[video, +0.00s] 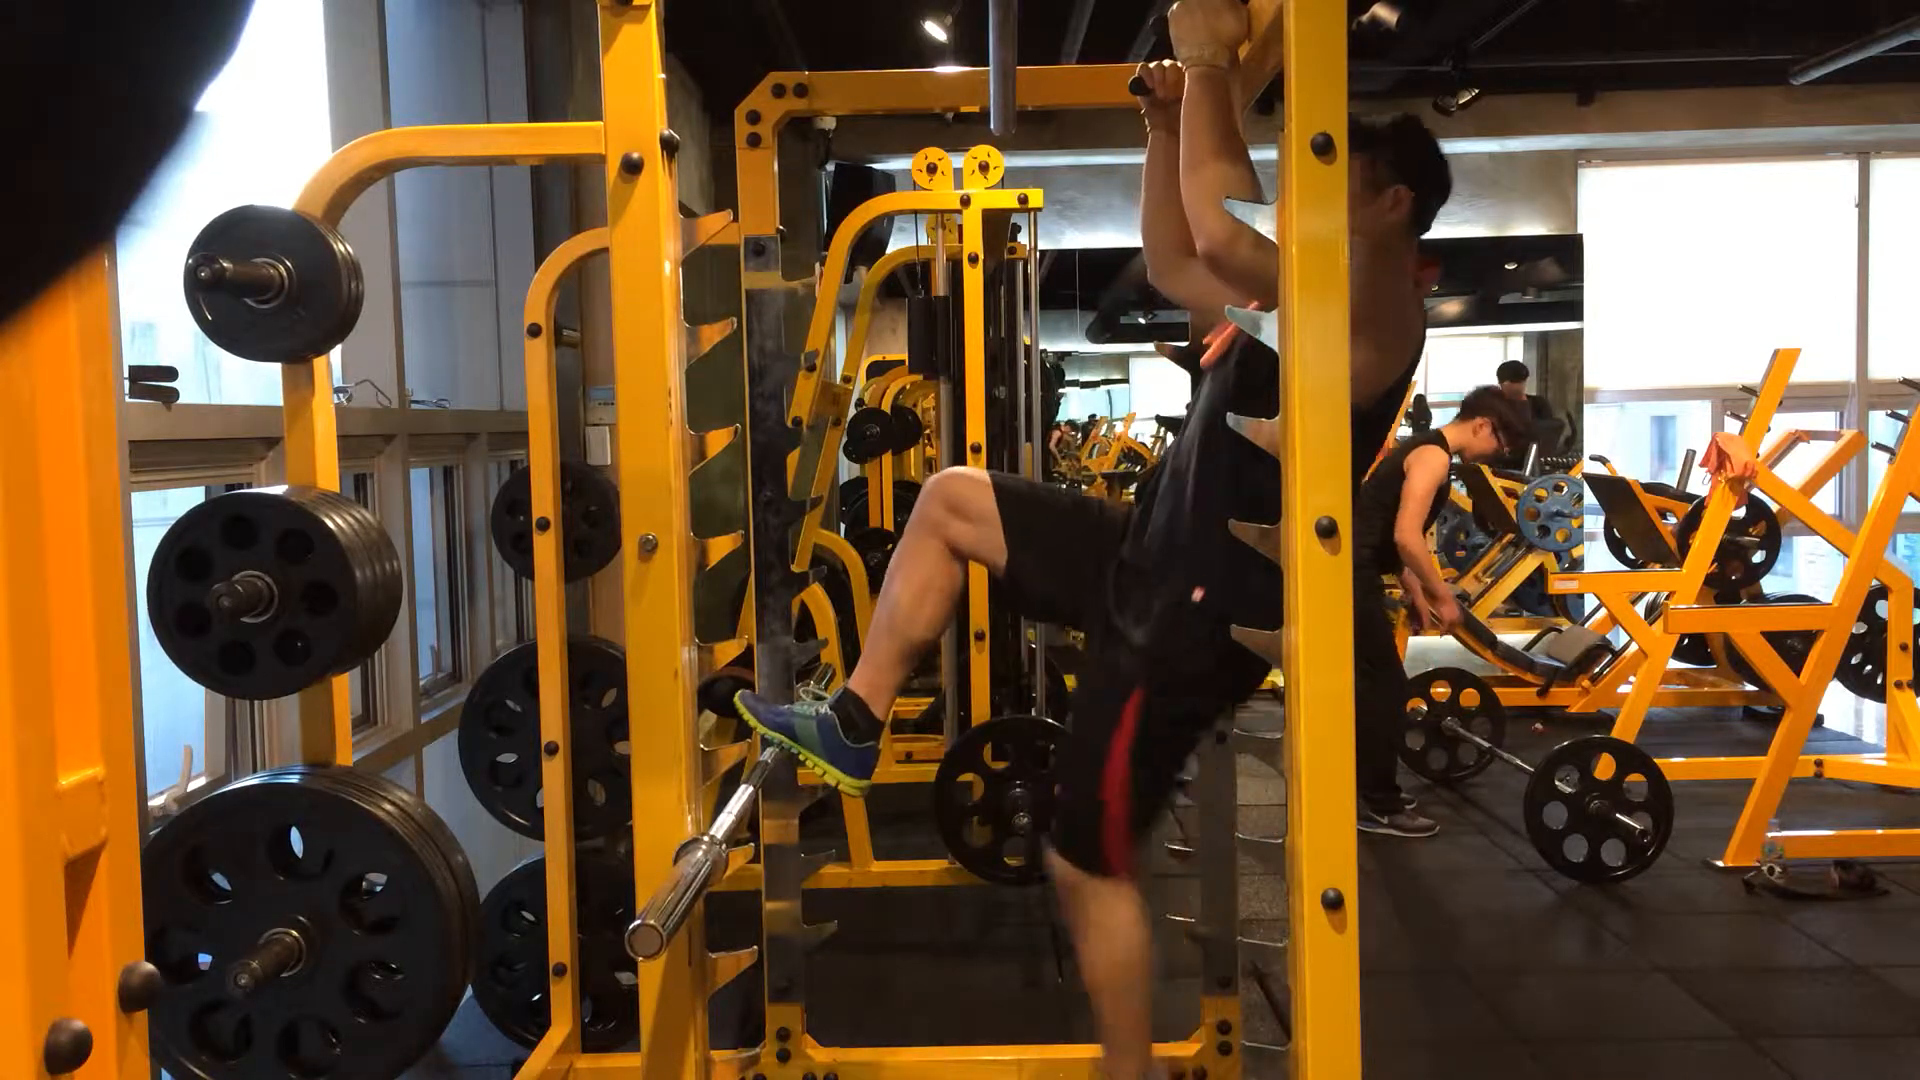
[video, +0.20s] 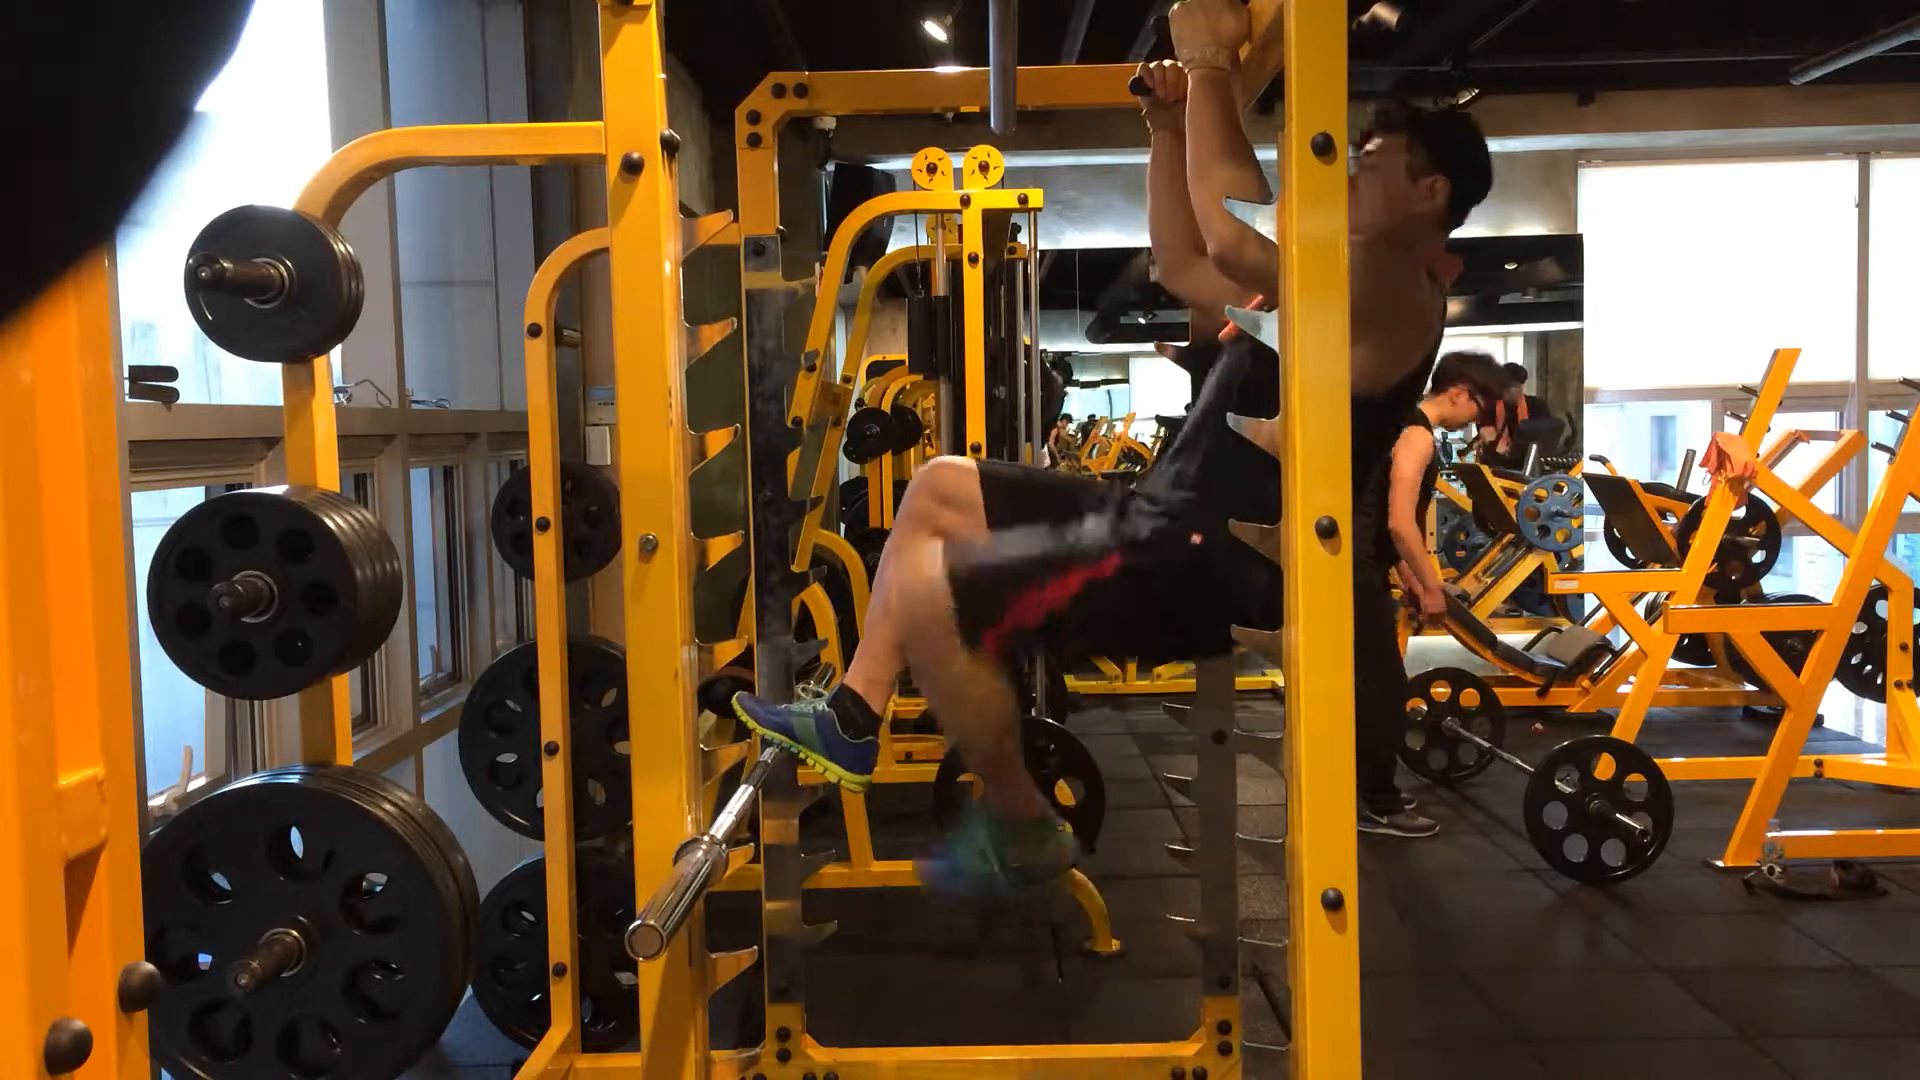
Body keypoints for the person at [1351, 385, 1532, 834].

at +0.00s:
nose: (1491, 457)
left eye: (1499, 452)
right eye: (1497, 447)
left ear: (1479, 425)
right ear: (1483, 425)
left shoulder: (1427, 451)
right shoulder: (1433, 457)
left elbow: (1397, 536)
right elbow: (1407, 534)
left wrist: (1414, 594)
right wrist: (1442, 593)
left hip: (1355, 577)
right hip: (1352, 579)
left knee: (1379, 683)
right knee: (1386, 685)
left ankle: (1374, 791)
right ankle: (1378, 800)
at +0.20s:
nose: (1476, 418)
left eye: (1481, 409)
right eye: (1478, 407)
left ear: (1452, 393)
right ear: (1458, 393)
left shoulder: (1410, 428)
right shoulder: (1417, 435)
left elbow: (1392, 522)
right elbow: (1401, 522)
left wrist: (1416, 582)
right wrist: (1430, 585)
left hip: (1360, 572)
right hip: (1360, 576)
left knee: (1376, 682)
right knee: (1386, 684)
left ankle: (1372, 792)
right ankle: (1378, 801)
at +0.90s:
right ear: (1401, 387)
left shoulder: (1335, 423)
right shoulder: (1393, 425)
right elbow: (1409, 515)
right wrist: (1445, 578)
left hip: (1335, 575)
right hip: (1376, 579)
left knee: (1352, 685)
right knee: (1392, 685)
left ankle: (1351, 797)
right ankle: (1378, 802)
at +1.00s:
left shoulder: (1335, 425)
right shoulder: (1393, 430)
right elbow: (1408, 516)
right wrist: (1444, 579)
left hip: (1334, 574)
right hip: (1376, 580)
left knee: (1346, 686)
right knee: (1391, 685)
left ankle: (1342, 799)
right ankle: (1379, 803)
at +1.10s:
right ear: (1393, 396)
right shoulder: (1389, 432)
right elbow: (1405, 516)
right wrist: (1440, 578)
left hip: (1329, 574)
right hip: (1373, 579)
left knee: (1335, 685)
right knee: (1393, 684)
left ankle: (1317, 790)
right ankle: (1379, 801)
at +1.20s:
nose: (1396, 399)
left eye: (1396, 392)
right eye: (1393, 391)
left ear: (1349, 381)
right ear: (1378, 385)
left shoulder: (1318, 423)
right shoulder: (1379, 426)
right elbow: (1401, 518)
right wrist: (1433, 576)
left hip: (1320, 574)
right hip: (1369, 577)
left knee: (1320, 688)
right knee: (1390, 689)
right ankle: (1379, 802)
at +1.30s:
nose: (1382, 387)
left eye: (1380, 377)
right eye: (1377, 378)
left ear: (1341, 383)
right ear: (1363, 383)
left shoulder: (1311, 424)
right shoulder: (1372, 431)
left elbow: (1259, 435)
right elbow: (1392, 519)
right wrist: (1424, 576)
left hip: (1318, 577)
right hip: (1364, 580)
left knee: (1315, 687)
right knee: (1387, 690)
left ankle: (1279, 792)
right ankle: (1380, 803)